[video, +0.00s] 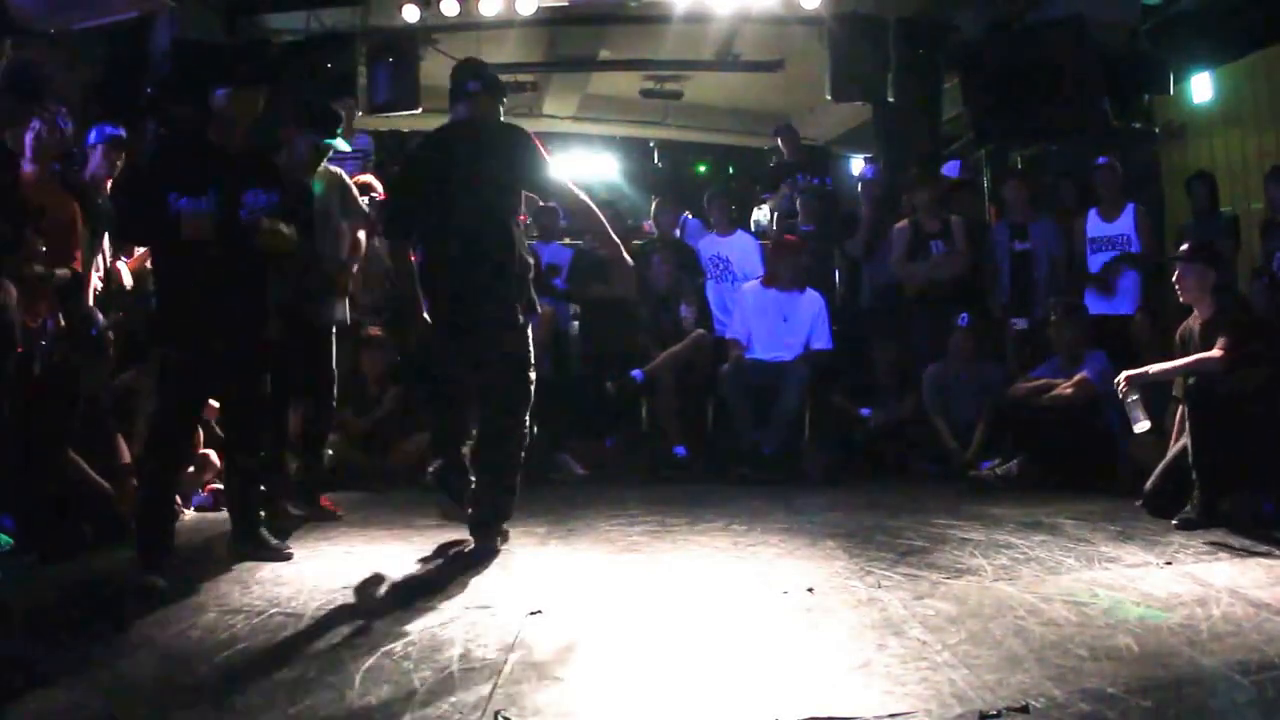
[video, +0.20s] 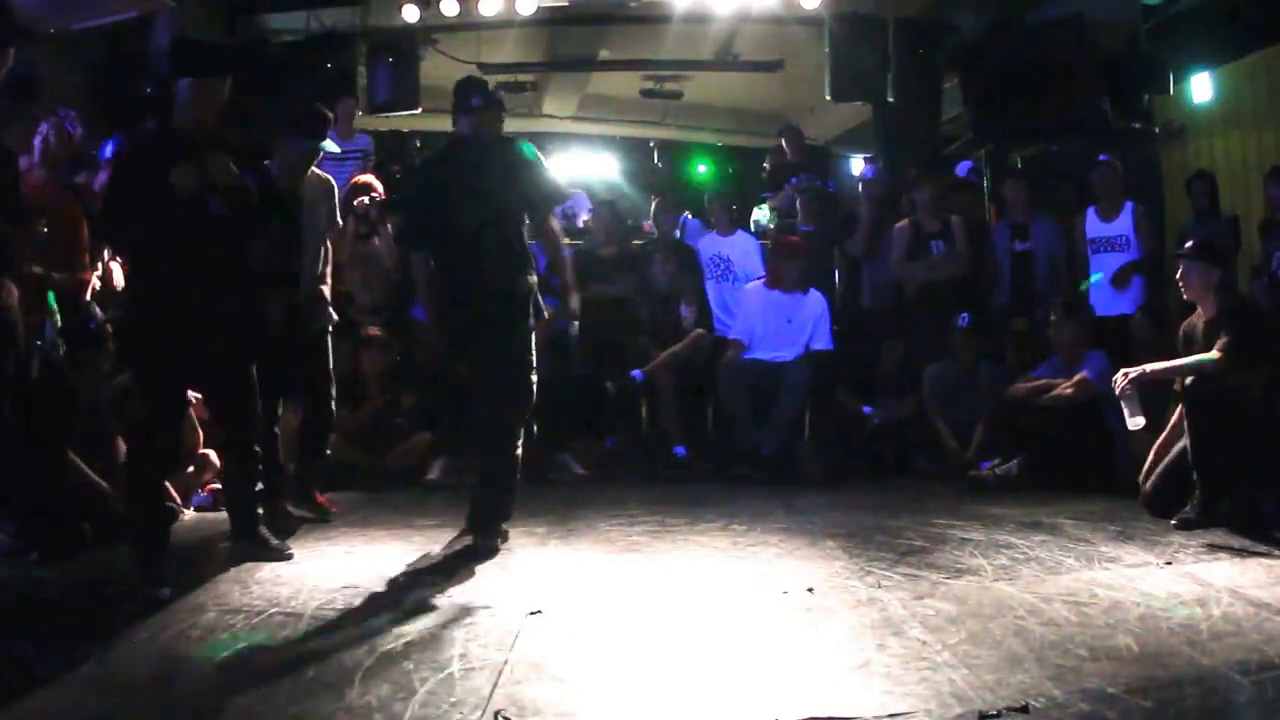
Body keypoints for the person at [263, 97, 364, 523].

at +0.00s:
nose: (320, 153)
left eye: (324, 145)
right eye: (316, 144)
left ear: (322, 143)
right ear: (300, 140)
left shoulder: (336, 181)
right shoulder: (278, 179)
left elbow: (358, 232)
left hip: (322, 303)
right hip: (282, 302)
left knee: (322, 395)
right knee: (280, 394)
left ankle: (311, 485)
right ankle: (278, 486)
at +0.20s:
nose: (312, 153)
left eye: (316, 145)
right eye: (306, 144)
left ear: (321, 146)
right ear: (288, 142)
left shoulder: (324, 185)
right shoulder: (261, 183)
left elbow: (330, 240)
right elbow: (254, 243)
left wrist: (328, 288)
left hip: (313, 309)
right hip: (270, 310)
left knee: (321, 402)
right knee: (267, 403)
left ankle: (306, 484)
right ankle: (273, 490)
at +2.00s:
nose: (282, 113)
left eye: (284, 104)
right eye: (272, 104)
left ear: (280, 109)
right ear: (241, 106)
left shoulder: (294, 164)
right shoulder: (200, 163)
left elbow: (302, 229)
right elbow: (168, 224)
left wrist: (293, 284)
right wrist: (186, 268)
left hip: (268, 307)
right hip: (211, 306)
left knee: (262, 411)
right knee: (216, 415)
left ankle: (264, 511)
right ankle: (232, 515)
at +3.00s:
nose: (259, 71)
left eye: (260, 60)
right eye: (249, 59)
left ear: (249, 69)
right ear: (217, 61)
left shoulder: (239, 137)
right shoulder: (185, 124)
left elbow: (232, 222)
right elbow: (148, 201)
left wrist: (256, 260)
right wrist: (196, 259)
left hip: (221, 303)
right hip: (175, 306)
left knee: (243, 423)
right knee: (182, 426)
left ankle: (216, 536)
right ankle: (180, 553)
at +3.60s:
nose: (236, 96)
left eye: (235, 86)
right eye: (232, 85)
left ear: (199, 81)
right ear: (216, 83)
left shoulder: (185, 120)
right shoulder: (192, 117)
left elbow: (172, 209)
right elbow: (163, 199)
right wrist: (207, 254)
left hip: (166, 297)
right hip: (167, 301)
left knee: (179, 422)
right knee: (183, 425)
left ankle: (179, 535)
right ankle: (179, 554)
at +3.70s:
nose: (233, 100)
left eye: (231, 94)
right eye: (231, 93)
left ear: (193, 88)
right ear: (221, 91)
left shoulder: (169, 126)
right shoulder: (205, 120)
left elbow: (128, 210)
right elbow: (190, 197)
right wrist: (229, 263)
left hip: (150, 301)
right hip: (176, 305)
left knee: (175, 422)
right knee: (191, 422)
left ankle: (171, 541)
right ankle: (179, 550)